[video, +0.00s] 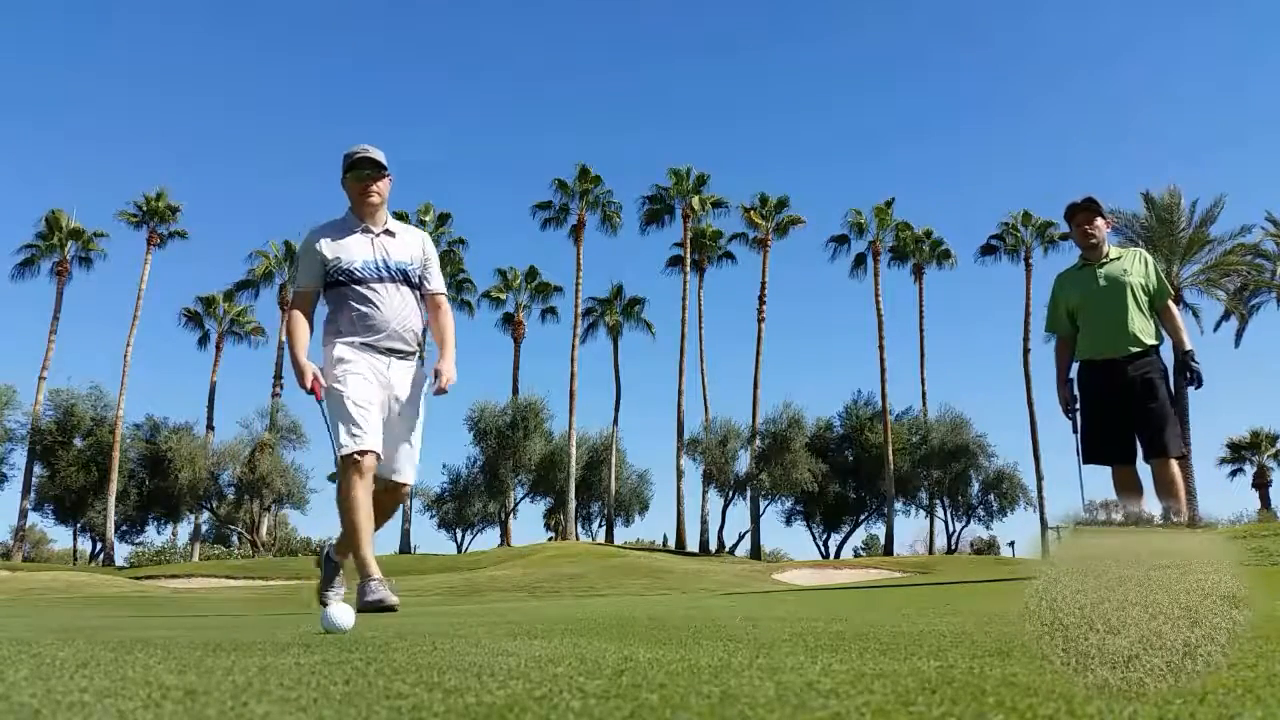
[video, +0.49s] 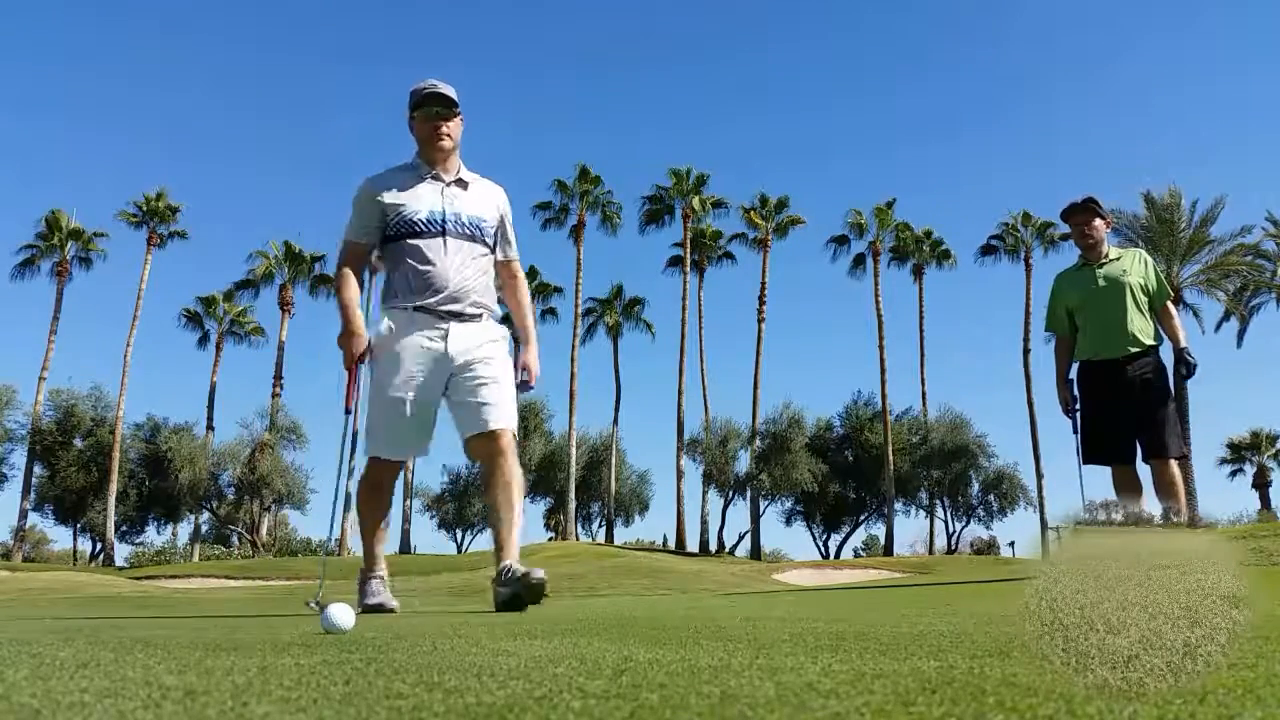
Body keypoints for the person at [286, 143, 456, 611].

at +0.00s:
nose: (371, 183)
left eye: (378, 175)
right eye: (360, 176)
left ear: (389, 182)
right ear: (346, 185)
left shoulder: (418, 241)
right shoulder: (322, 240)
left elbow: (438, 305)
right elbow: (300, 306)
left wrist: (447, 356)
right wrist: (300, 360)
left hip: (409, 365)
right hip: (352, 358)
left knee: (396, 485)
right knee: (360, 460)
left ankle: (336, 554)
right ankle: (370, 578)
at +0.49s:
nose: (440, 124)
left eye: (448, 115)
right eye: (428, 117)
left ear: (461, 124)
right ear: (412, 126)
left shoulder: (492, 196)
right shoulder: (380, 190)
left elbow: (510, 272)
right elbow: (350, 266)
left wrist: (528, 339)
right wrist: (353, 327)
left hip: (480, 333)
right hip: (408, 332)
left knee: (500, 442)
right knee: (387, 459)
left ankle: (509, 569)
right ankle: (374, 574)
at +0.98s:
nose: (503, 38)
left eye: (512, 27)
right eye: (490, 30)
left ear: (532, 32)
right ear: (476, 41)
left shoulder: (575, 113)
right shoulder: (450, 115)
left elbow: (611, 180)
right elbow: (424, 202)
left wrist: (633, 220)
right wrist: (392, 250)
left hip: (565, 276)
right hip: (486, 269)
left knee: (547, 425)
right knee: (502, 395)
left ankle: (513, 570)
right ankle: (535, 550)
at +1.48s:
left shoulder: (619, 4)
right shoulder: (469, 30)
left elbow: (675, 91)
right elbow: (467, 143)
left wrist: (696, 176)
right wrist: (453, 235)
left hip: (624, 189)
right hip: (522, 200)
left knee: (662, 348)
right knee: (525, 377)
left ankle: (681, 530)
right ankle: (561, 565)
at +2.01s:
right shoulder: (546, 6)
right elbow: (555, 68)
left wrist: (759, 7)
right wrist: (542, 135)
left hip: (710, 84)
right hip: (613, 123)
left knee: (715, 300)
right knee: (577, 331)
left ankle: (732, 559)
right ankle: (649, 532)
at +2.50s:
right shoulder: (548, 6)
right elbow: (582, 62)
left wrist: (668, 56)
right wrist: (607, 128)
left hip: (740, 48)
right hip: (640, 89)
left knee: (725, 289)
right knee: (638, 326)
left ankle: (731, 561)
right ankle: (664, 559)